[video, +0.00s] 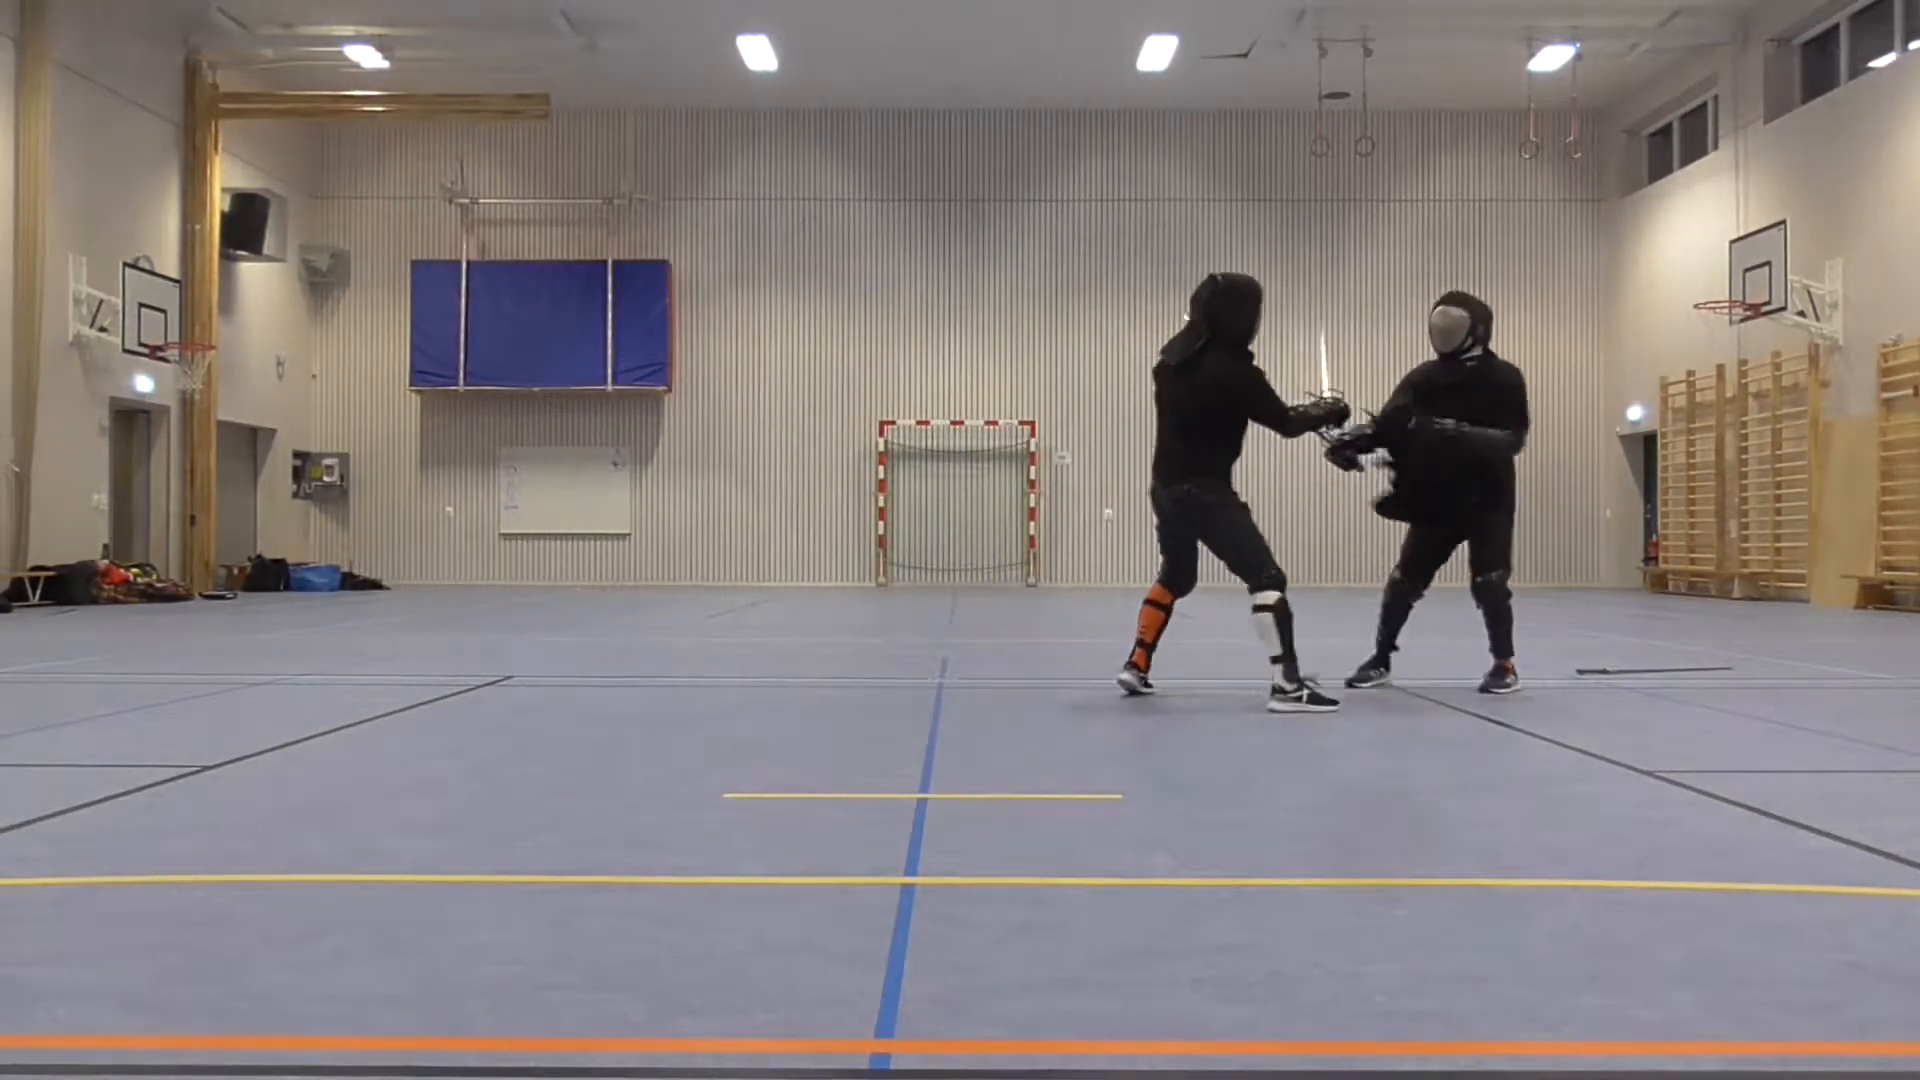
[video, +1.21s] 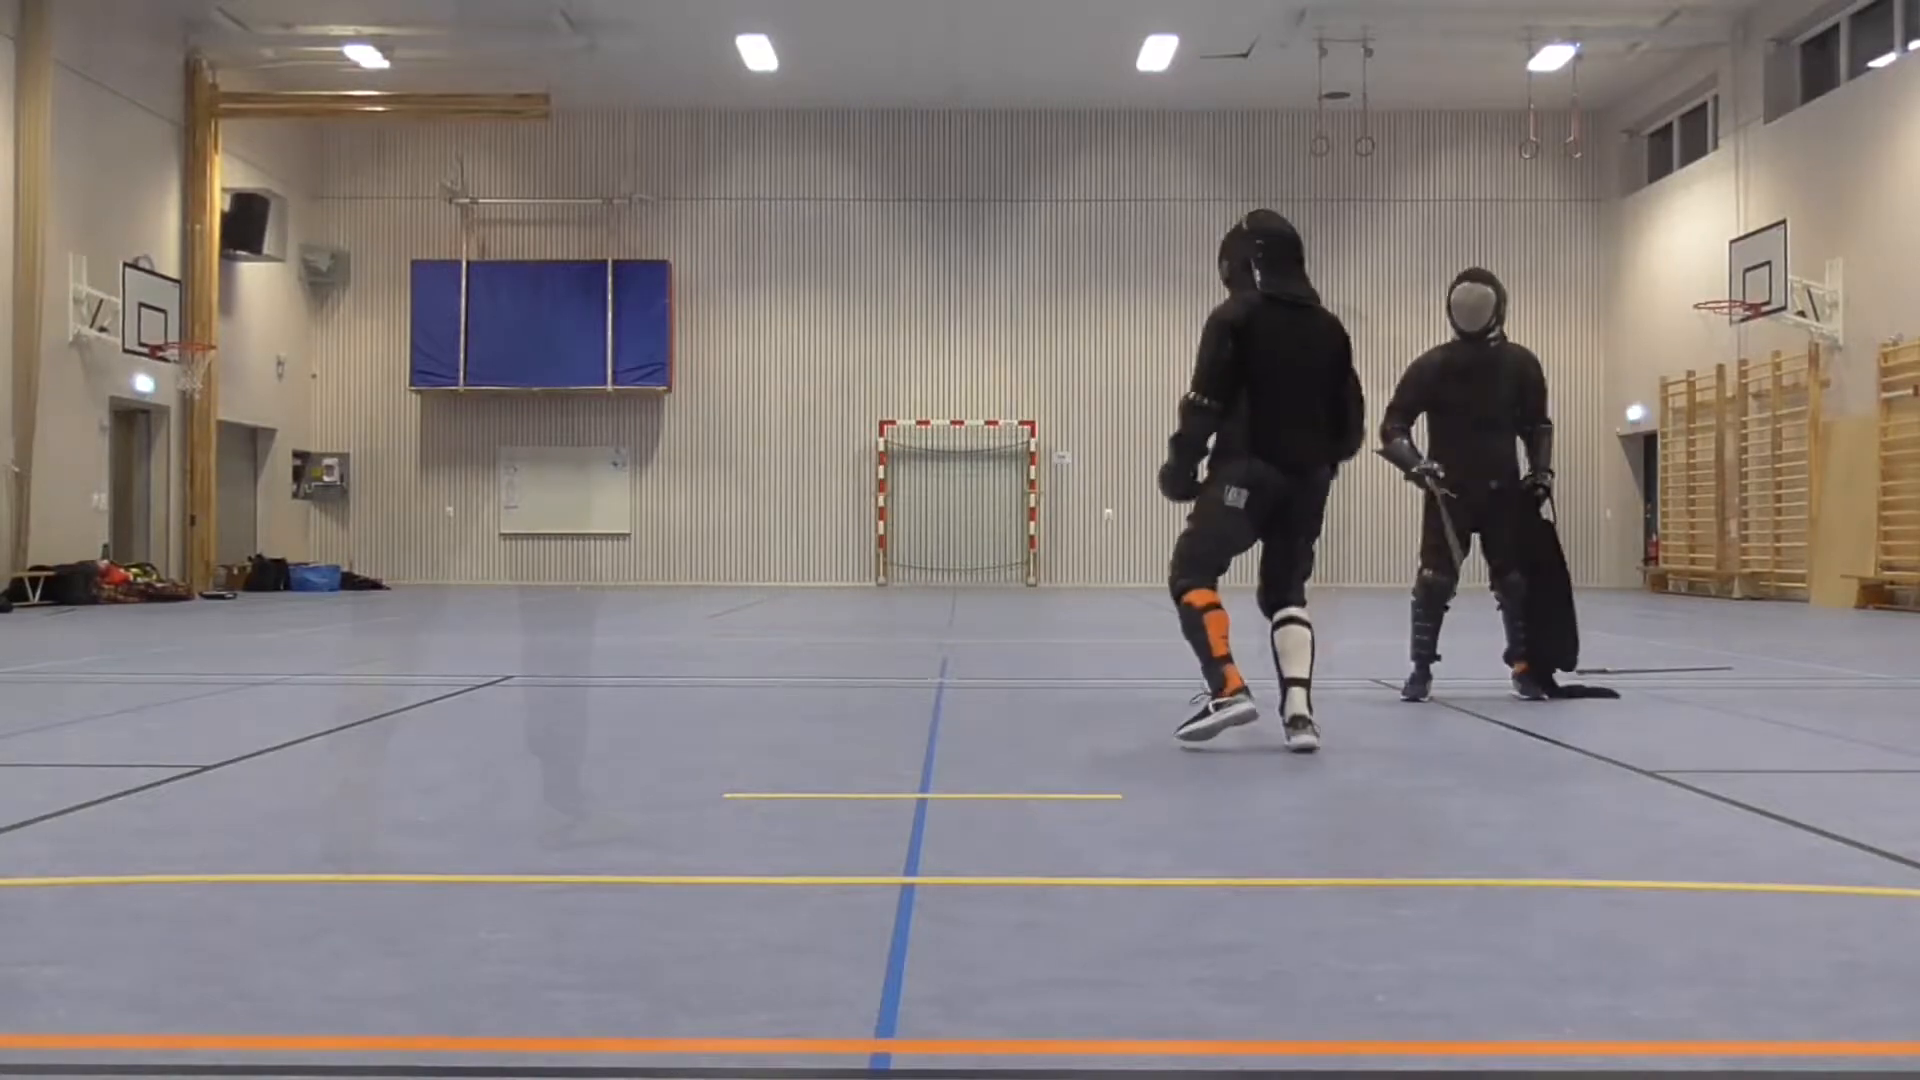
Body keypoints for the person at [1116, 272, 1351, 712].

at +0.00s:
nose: (1256, 323)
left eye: (1255, 314)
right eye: (1253, 315)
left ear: (1204, 314)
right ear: (1240, 319)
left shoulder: (1171, 360)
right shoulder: (1237, 372)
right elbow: (1287, 425)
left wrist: (1294, 410)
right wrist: (1327, 410)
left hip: (1166, 490)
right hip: (1209, 492)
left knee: (1175, 576)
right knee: (1266, 579)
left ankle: (1135, 668)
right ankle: (1288, 683)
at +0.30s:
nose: (1302, 301)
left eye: (1303, 291)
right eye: (1299, 292)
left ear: (1245, 287)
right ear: (1287, 294)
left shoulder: (1208, 341)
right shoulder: (1292, 352)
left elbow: (1197, 398)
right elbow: (1327, 415)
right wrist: (1350, 400)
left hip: (1210, 480)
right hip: (1265, 481)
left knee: (1202, 568)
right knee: (1293, 576)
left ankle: (1188, 669)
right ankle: (1289, 681)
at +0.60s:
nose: (1299, 292)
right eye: (1298, 284)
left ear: (1243, 279)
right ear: (1293, 286)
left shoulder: (1215, 340)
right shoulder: (1306, 343)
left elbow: (1179, 418)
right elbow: (1326, 401)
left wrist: (1206, 464)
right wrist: (1326, 366)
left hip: (1234, 484)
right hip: (1295, 485)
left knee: (1224, 584)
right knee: (1297, 581)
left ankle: (1258, 686)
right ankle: (1300, 683)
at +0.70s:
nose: (1304, 287)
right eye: (1302, 279)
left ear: (1245, 276)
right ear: (1295, 283)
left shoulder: (1217, 337)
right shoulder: (1309, 344)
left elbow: (1179, 404)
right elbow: (1307, 399)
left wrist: (1167, 457)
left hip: (1232, 480)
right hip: (1295, 479)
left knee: (1225, 588)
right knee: (1308, 577)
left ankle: (1261, 696)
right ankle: (1320, 684)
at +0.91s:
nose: (1244, 248)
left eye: (1246, 239)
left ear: (1245, 244)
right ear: (1297, 252)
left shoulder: (1217, 306)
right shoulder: (1311, 319)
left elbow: (1177, 366)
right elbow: (1317, 390)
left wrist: (1162, 423)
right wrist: (1284, 421)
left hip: (1233, 460)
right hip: (1298, 460)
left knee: (1230, 570)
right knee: (1306, 555)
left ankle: (1256, 691)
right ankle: (1311, 649)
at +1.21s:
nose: (1226, 277)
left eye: (1229, 266)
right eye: (1225, 267)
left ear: (1248, 263)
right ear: (1290, 263)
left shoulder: (1234, 319)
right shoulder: (1328, 328)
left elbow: (1206, 402)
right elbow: (1351, 421)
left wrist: (1181, 462)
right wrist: (1323, 457)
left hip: (1245, 474)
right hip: (1309, 483)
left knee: (1192, 574)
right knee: (1285, 588)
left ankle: (1226, 689)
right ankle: (1298, 706)